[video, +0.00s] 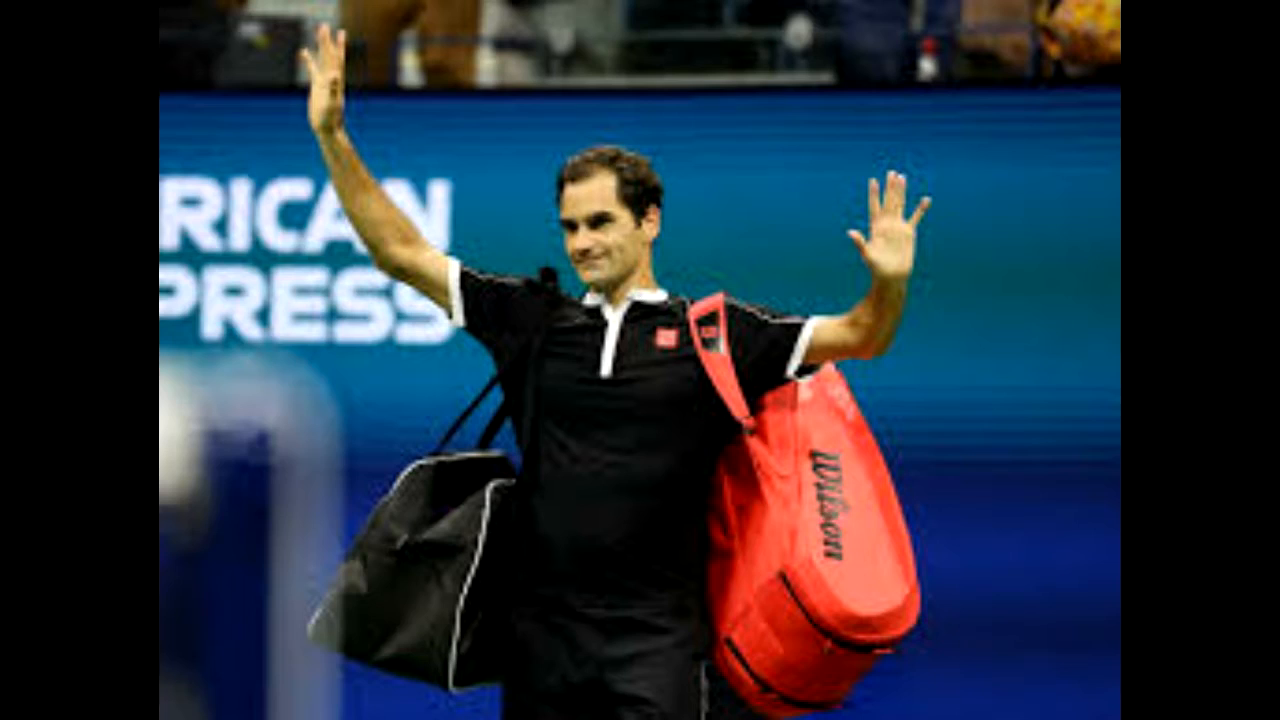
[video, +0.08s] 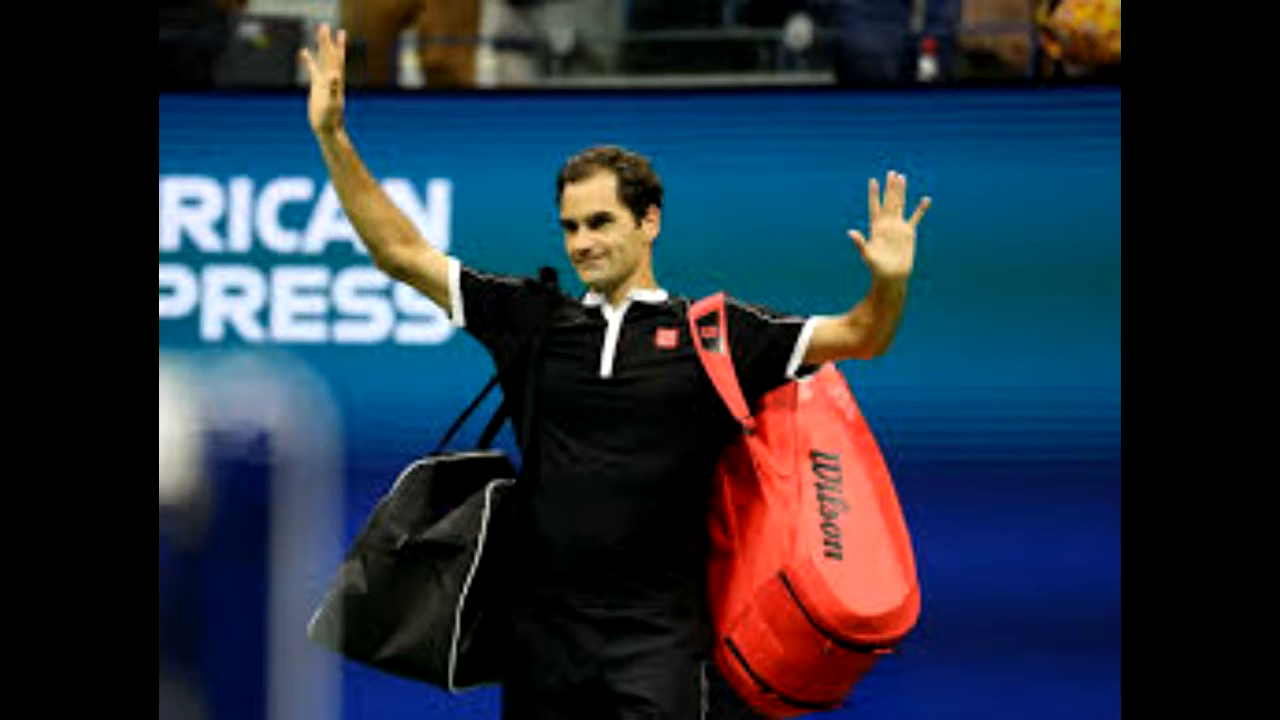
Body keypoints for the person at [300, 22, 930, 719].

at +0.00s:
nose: (581, 242)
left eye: (599, 224)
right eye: (570, 228)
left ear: (647, 225)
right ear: (560, 235)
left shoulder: (715, 329)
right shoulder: (528, 317)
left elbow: (861, 336)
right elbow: (398, 250)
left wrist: (890, 284)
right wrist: (328, 132)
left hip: (658, 628)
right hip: (544, 625)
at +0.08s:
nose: (581, 242)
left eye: (599, 224)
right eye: (570, 228)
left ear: (647, 225)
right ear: (560, 235)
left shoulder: (715, 329)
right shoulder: (528, 317)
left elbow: (861, 336)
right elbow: (398, 250)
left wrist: (890, 285)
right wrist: (328, 132)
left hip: (658, 628)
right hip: (544, 626)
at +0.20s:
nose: (581, 242)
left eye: (599, 224)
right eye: (570, 228)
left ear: (647, 225)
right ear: (560, 235)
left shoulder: (715, 329)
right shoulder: (528, 317)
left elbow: (861, 336)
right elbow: (398, 250)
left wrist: (890, 285)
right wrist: (328, 132)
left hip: (658, 628)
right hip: (544, 626)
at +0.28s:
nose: (581, 242)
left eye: (599, 224)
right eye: (570, 228)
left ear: (647, 225)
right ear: (560, 235)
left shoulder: (715, 329)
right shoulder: (528, 317)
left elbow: (861, 336)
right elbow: (398, 250)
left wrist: (890, 285)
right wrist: (328, 132)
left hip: (658, 628)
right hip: (544, 626)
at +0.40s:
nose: (581, 242)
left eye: (599, 224)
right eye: (570, 228)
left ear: (647, 225)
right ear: (560, 234)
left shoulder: (715, 329)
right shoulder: (528, 317)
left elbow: (861, 336)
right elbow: (398, 250)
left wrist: (890, 285)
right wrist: (328, 133)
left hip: (658, 627)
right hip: (544, 625)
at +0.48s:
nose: (581, 242)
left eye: (599, 224)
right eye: (570, 228)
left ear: (647, 225)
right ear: (560, 234)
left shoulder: (715, 329)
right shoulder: (528, 317)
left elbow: (861, 336)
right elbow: (398, 250)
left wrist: (890, 285)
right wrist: (328, 133)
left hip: (658, 627)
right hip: (544, 625)